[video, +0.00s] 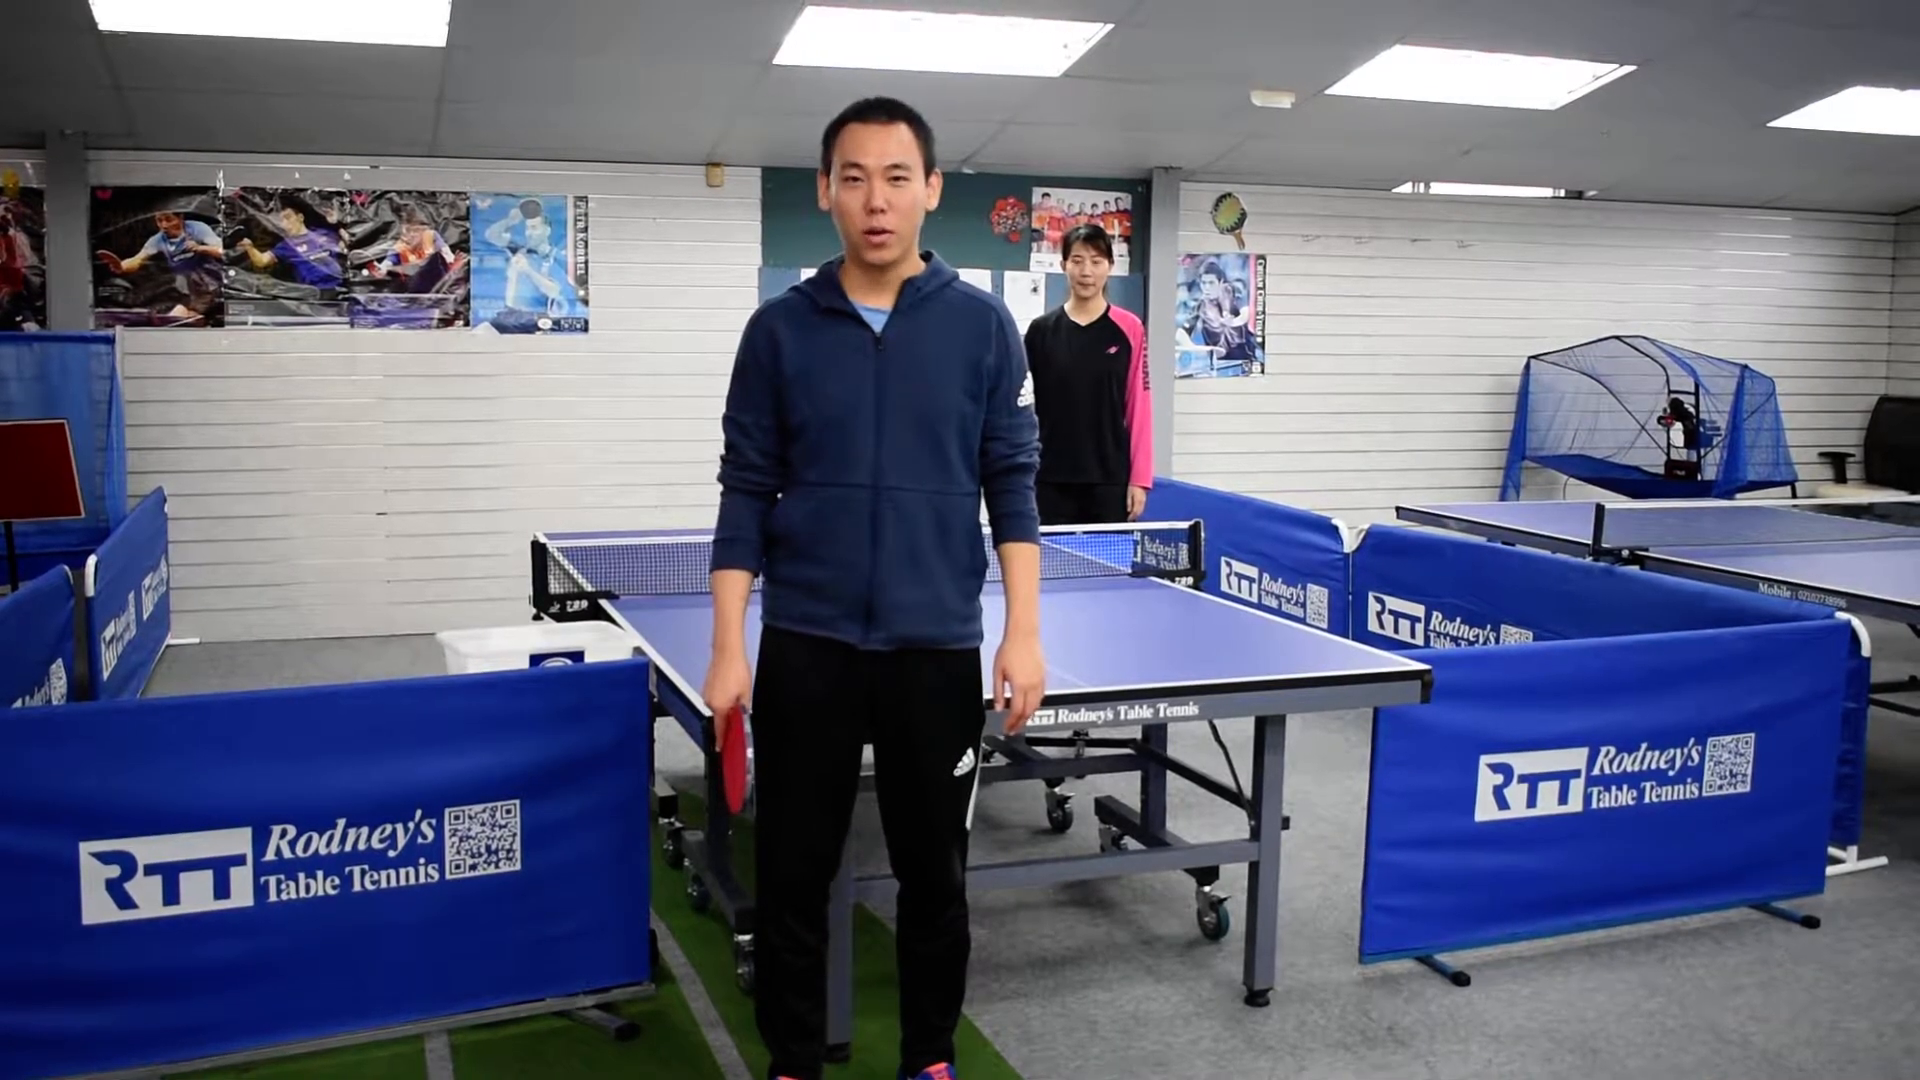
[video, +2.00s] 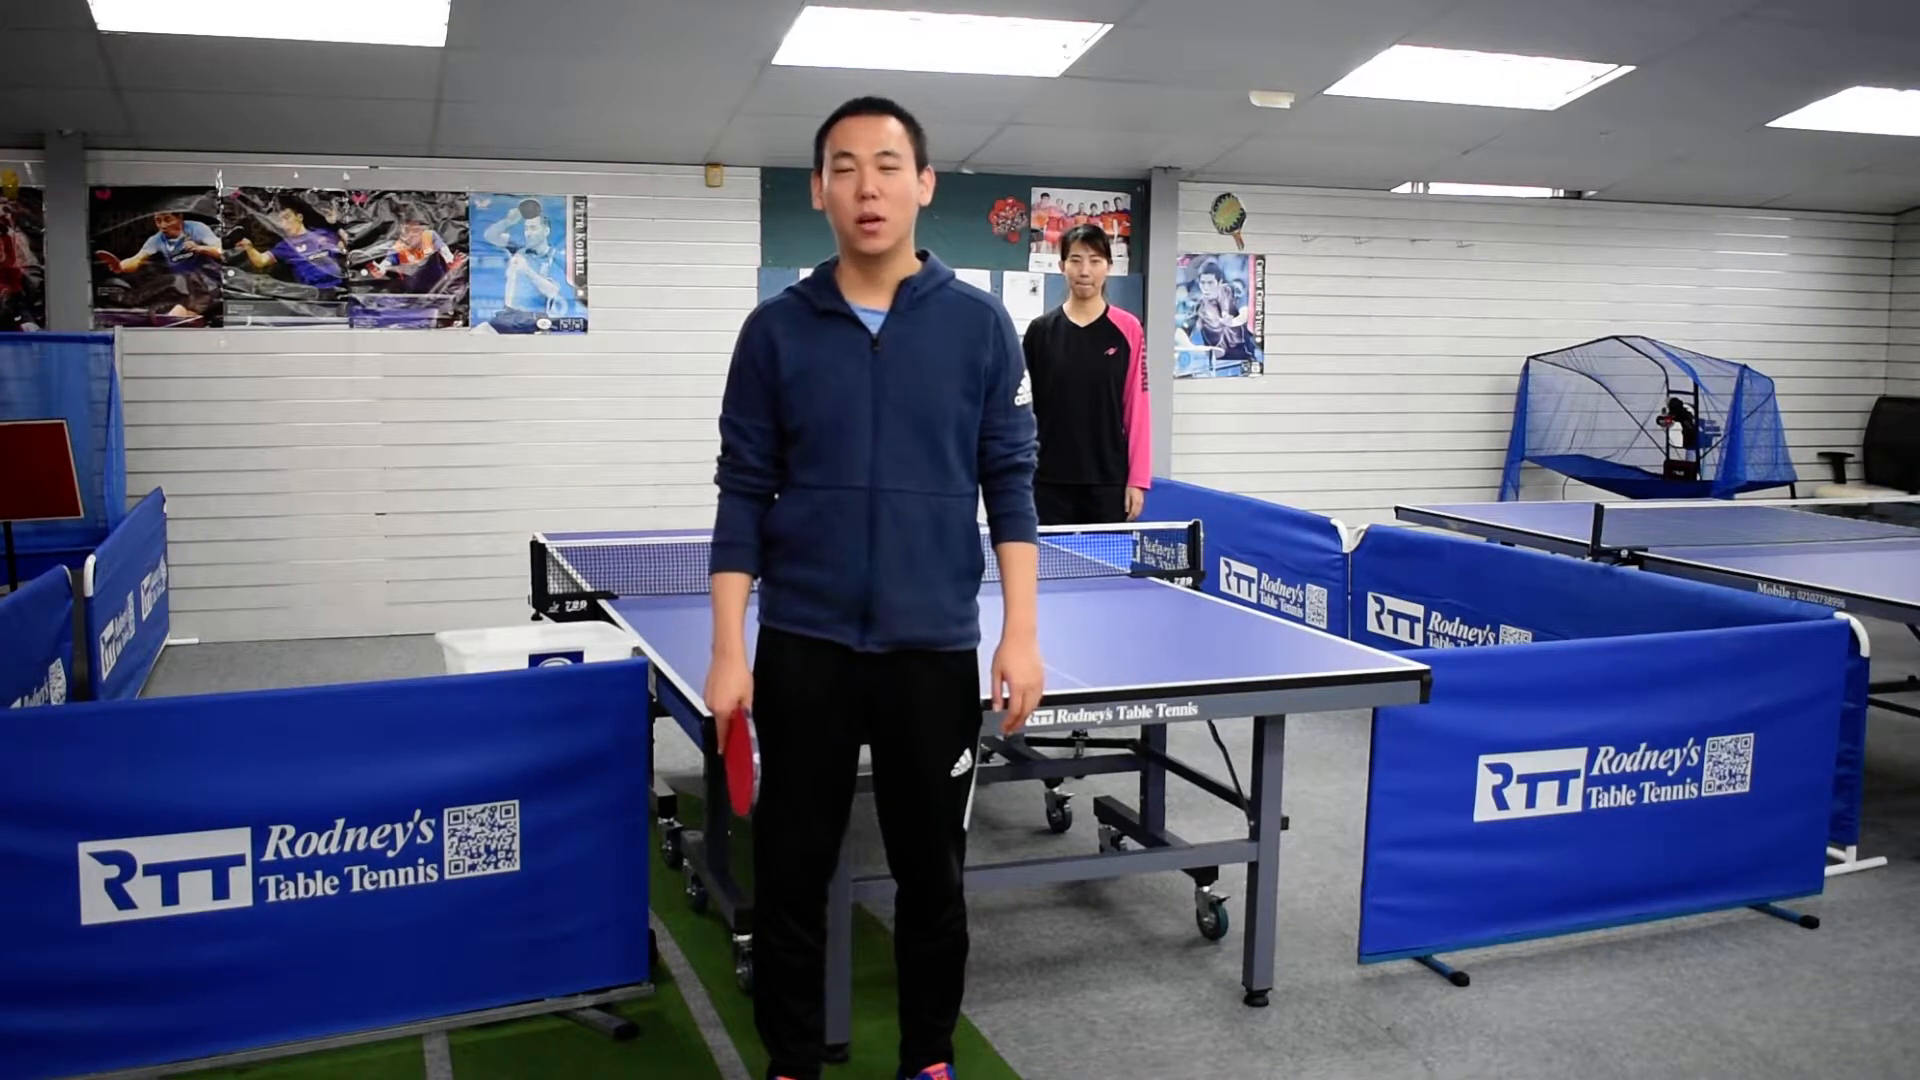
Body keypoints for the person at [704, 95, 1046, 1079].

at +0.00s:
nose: (876, 198)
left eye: (897, 178)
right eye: (855, 179)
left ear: (929, 194)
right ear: (827, 195)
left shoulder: (981, 326)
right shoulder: (780, 329)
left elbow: (1014, 483)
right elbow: (744, 489)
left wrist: (1024, 630)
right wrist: (727, 645)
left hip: (936, 646)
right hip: (807, 644)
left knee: (933, 876)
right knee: (791, 877)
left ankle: (930, 1061)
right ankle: (792, 1062)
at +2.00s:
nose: (866, 187)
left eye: (888, 167)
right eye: (845, 169)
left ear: (923, 188)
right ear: (820, 193)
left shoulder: (979, 326)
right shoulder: (776, 330)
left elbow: (1012, 484)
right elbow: (741, 491)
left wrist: (1021, 633)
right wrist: (728, 649)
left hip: (932, 645)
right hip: (805, 644)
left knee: (931, 874)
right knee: (789, 876)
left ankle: (930, 1061)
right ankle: (791, 1062)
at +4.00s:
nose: (866, 186)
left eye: (888, 166)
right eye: (845, 167)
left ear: (923, 188)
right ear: (820, 191)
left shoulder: (978, 325)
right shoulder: (775, 329)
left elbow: (1011, 482)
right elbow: (740, 490)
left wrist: (1022, 631)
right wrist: (728, 651)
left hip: (932, 644)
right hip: (804, 642)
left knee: (931, 871)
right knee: (789, 873)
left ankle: (929, 1060)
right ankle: (790, 1061)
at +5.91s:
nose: (870, 187)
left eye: (892, 167)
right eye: (849, 167)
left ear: (927, 189)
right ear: (823, 191)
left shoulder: (980, 325)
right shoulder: (777, 329)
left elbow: (1013, 482)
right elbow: (742, 490)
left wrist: (1023, 631)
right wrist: (730, 650)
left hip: (935, 644)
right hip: (806, 643)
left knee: (932, 874)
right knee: (791, 876)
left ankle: (930, 1060)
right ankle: (791, 1062)